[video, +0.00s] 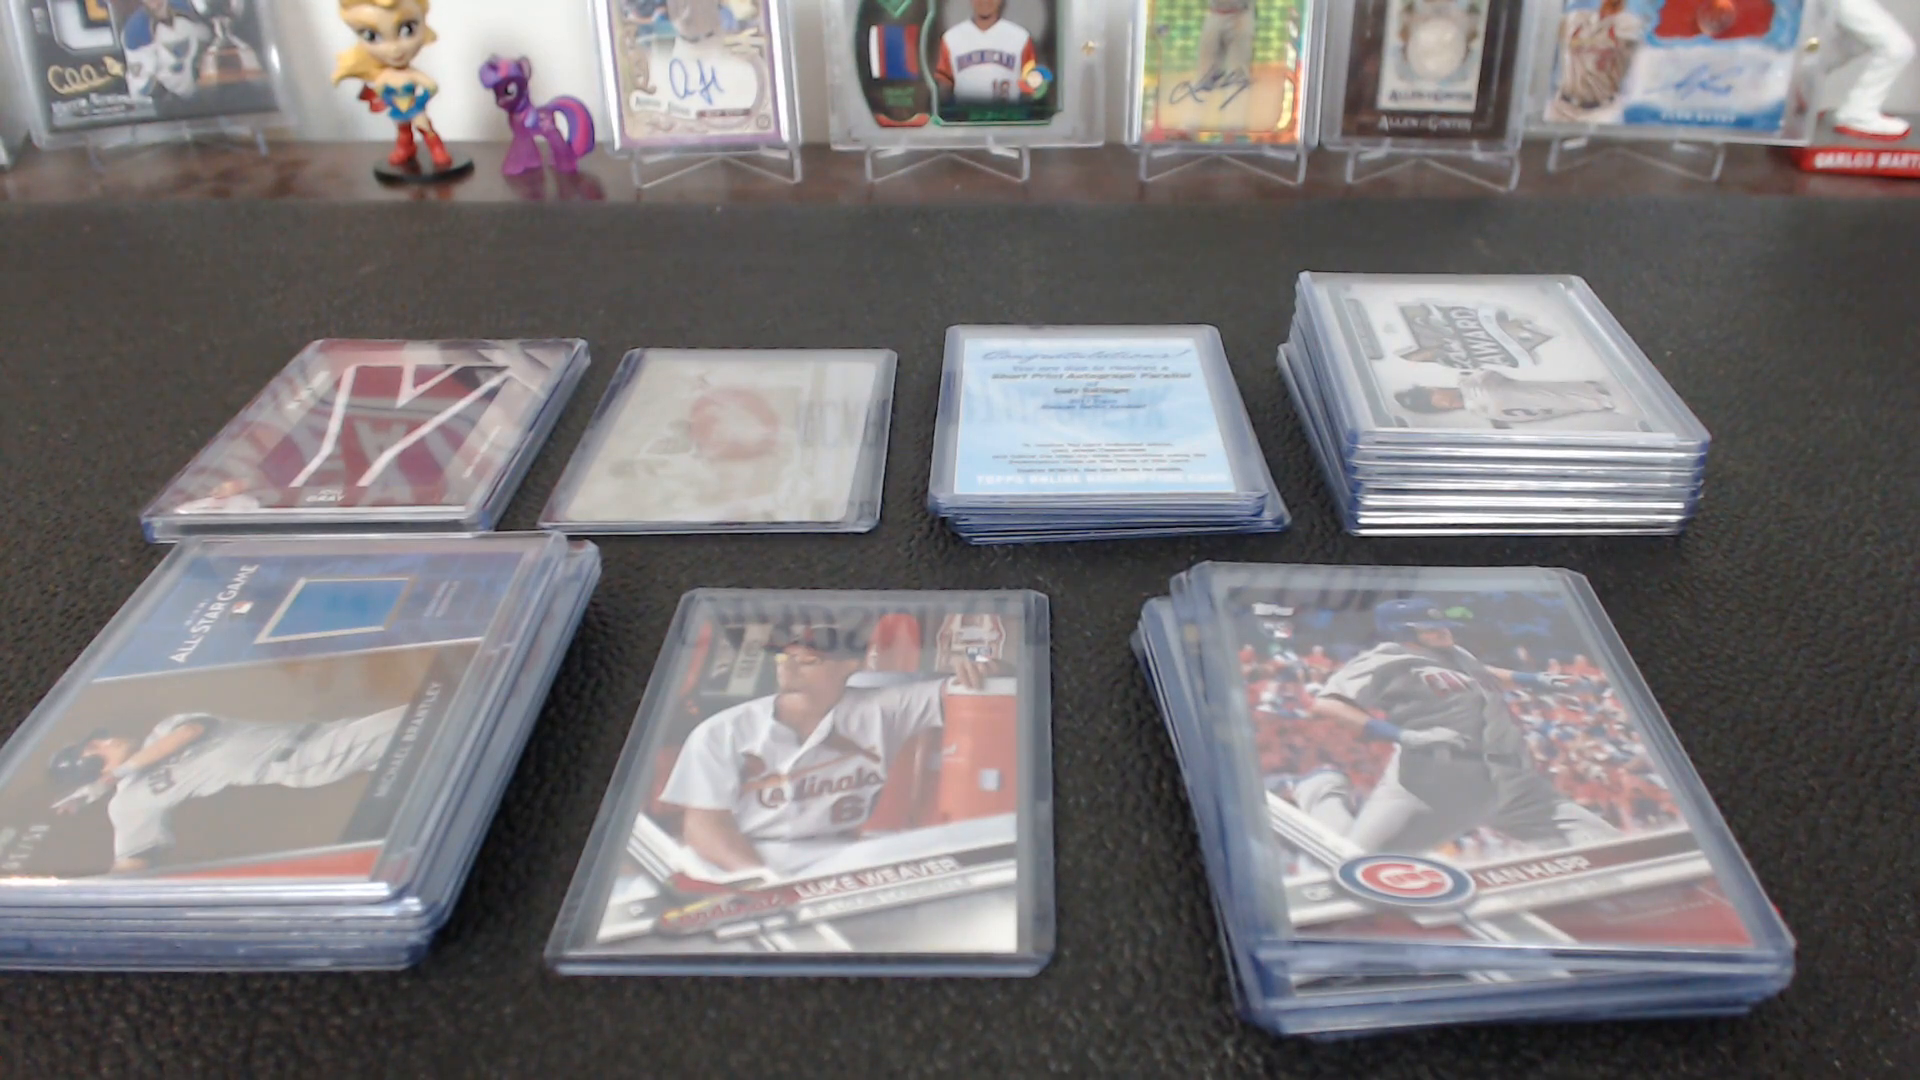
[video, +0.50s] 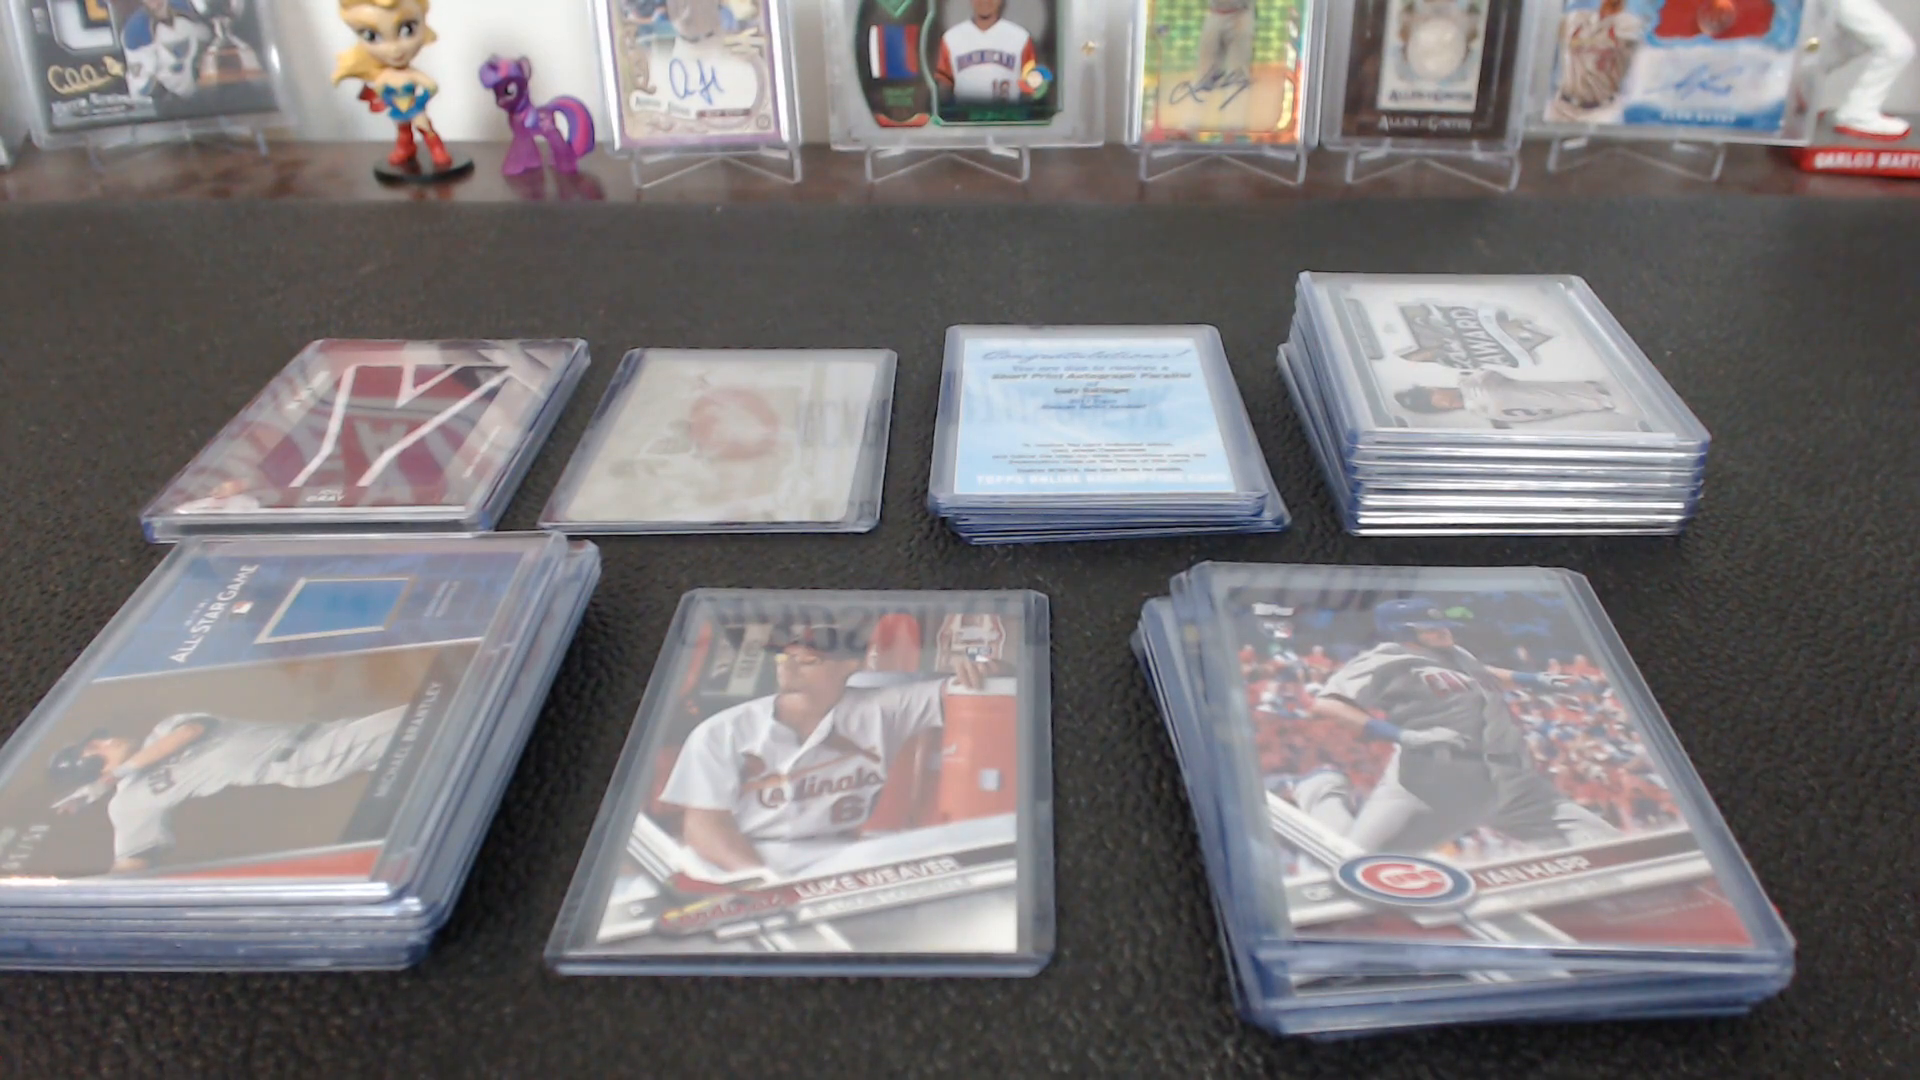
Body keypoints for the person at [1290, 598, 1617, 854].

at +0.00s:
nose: (1446, 631)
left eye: (1446, 623)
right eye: (1434, 624)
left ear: (1447, 627)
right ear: (1406, 630)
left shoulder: (1459, 657)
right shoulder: (1387, 659)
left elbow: (1490, 676)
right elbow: (1328, 704)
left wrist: (1539, 682)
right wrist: (1404, 736)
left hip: (1509, 789)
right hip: (1429, 796)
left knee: (1613, 850)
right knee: (1353, 868)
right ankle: (1321, 792)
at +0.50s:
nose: (1446, 631)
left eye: (1446, 623)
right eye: (1434, 623)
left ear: (1447, 626)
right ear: (1406, 630)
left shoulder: (1458, 657)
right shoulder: (1387, 660)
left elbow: (1490, 676)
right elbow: (1328, 704)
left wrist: (1539, 682)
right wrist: (1404, 736)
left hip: (1509, 789)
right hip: (1428, 796)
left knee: (1613, 849)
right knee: (1353, 868)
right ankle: (1321, 792)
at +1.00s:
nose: (1445, 631)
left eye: (1444, 622)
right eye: (1433, 623)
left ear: (1445, 625)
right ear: (1405, 629)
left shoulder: (1458, 657)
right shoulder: (1386, 659)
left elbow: (1490, 677)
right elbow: (1328, 704)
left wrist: (1541, 682)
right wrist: (1404, 736)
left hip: (1508, 788)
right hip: (1429, 794)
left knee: (1610, 847)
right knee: (1351, 870)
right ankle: (1322, 793)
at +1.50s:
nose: (1445, 631)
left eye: (1444, 622)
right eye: (1433, 623)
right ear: (1406, 630)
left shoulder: (1458, 656)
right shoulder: (1386, 660)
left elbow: (1490, 677)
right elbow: (1328, 704)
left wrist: (1541, 682)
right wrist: (1404, 736)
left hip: (1508, 787)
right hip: (1428, 795)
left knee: (1609, 847)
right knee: (1352, 869)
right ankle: (1321, 792)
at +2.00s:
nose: (1445, 631)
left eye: (1445, 623)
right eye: (1433, 623)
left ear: (1448, 624)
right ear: (1405, 628)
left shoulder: (1459, 657)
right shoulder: (1388, 659)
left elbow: (1490, 677)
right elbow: (1328, 704)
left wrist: (1541, 683)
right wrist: (1404, 735)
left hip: (1509, 787)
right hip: (1430, 793)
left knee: (1610, 847)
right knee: (1351, 868)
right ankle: (1321, 793)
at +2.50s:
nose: (1445, 631)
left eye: (1444, 622)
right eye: (1433, 623)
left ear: (1445, 625)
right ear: (1405, 629)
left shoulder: (1459, 657)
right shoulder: (1387, 659)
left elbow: (1491, 677)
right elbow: (1328, 704)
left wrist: (1542, 682)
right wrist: (1404, 736)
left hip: (1510, 787)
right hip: (1431, 792)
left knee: (1609, 847)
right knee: (1352, 867)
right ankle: (1321, 792)